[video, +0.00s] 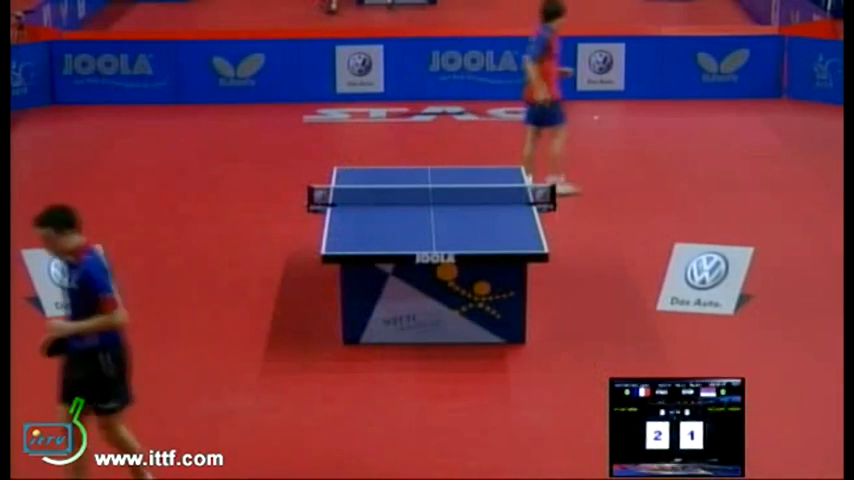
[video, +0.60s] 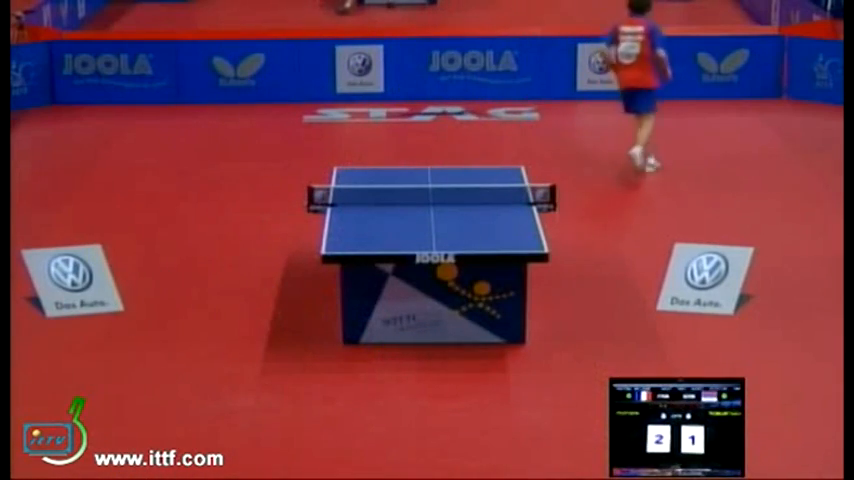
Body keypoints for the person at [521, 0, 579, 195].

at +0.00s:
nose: (563, 22)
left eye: (563, 18)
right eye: (562, 18)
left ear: (547, 16)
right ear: (556, 18)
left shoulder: (551, 37)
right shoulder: (543, 36)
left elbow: (544, 65)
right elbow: (529, 61)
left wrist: (560, 72)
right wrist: (540, 87)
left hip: (537, 97)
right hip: (549, 96)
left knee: (532, 136)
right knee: (559, 134)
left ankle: (526, 177)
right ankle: (556, 178)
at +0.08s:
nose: (579, 21)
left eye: (578, 16)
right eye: (578, 17)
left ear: (562, 15)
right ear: (574, 18)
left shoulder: (557, 36)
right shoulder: (562, 37)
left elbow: (552, 66)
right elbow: (552, 65)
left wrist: (574, 74)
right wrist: (568, 89)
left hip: (547, 96)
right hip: (561, 97)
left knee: (540, 139)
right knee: (577, 134)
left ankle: (529, 176)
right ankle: (587, 175)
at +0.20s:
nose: (603, 26)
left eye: (603, 22)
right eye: (602, 22)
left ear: (585, 20)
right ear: (598, 23)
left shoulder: (575, 40)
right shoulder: (590, 42)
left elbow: (567, 69)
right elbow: (587, 68)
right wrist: (604, 83)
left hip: (570, 98)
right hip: (586, 99)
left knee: (567, 138)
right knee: (602, 134)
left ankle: (540, 169)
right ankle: (608, 176)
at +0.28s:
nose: (617, 27)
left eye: (617, 23)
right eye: (617, 23)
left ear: (599, 22)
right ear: (613, 24)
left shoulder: (586, 42)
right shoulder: (607, 43)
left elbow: (571, 64)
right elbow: (611, 71)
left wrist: (582, 82)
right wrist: (636, 82)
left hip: (583, 98)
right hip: (600, 99)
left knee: (591, 136)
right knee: (616, 133)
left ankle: (565, 158)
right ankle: (610, 176)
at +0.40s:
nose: (632, 16)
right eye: (631, 12)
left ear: (614, 11)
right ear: (630, 14)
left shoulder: (602, 30)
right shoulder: (627, 32)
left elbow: (581, 47)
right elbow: (633, 57)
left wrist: (591, 67)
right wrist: (650, 67)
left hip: (601, 86)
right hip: (618, 87)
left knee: (611, 124)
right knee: (621, 126)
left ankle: (606, 159)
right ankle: (614, 169)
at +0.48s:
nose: (639, 9)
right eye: (638, 6)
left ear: (620, 6)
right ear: (637, 7)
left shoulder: (608, 24)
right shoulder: (637, 25)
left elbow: (590, 42)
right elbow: (645, 51)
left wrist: (601, 59)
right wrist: (656, 63)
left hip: (610, 79)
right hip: (629, 80)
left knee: (622, 119)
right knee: (627, 120)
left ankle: (629, 160)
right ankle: (621, 160)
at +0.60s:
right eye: (648, 7)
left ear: (629, 8)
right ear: (647, 9)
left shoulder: (618, 28)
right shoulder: (650, 28)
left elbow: (609, 52)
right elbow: (658, 53)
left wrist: (617, 71)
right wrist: (666, 73)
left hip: (626, 81)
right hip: (645, 80)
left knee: (639, 119)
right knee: (648, 117)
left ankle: (646, 157)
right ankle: (638, 148)